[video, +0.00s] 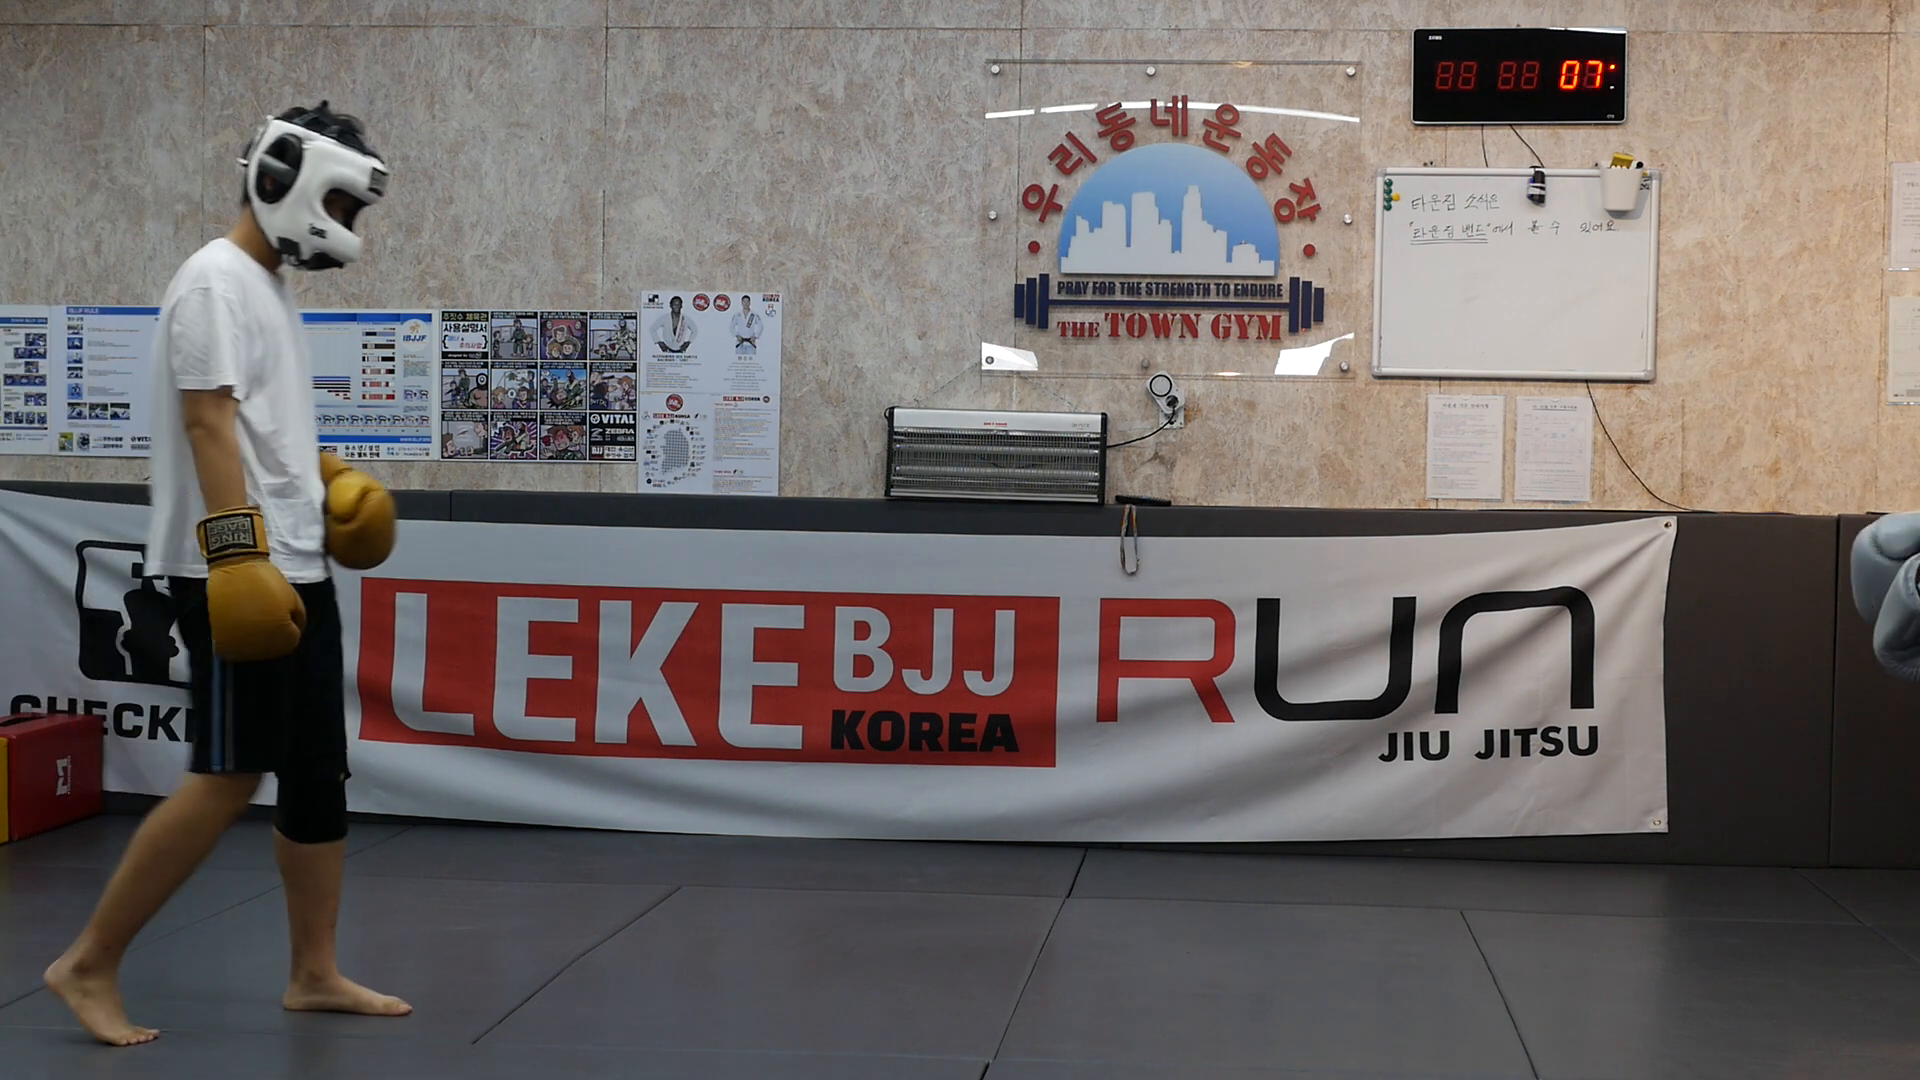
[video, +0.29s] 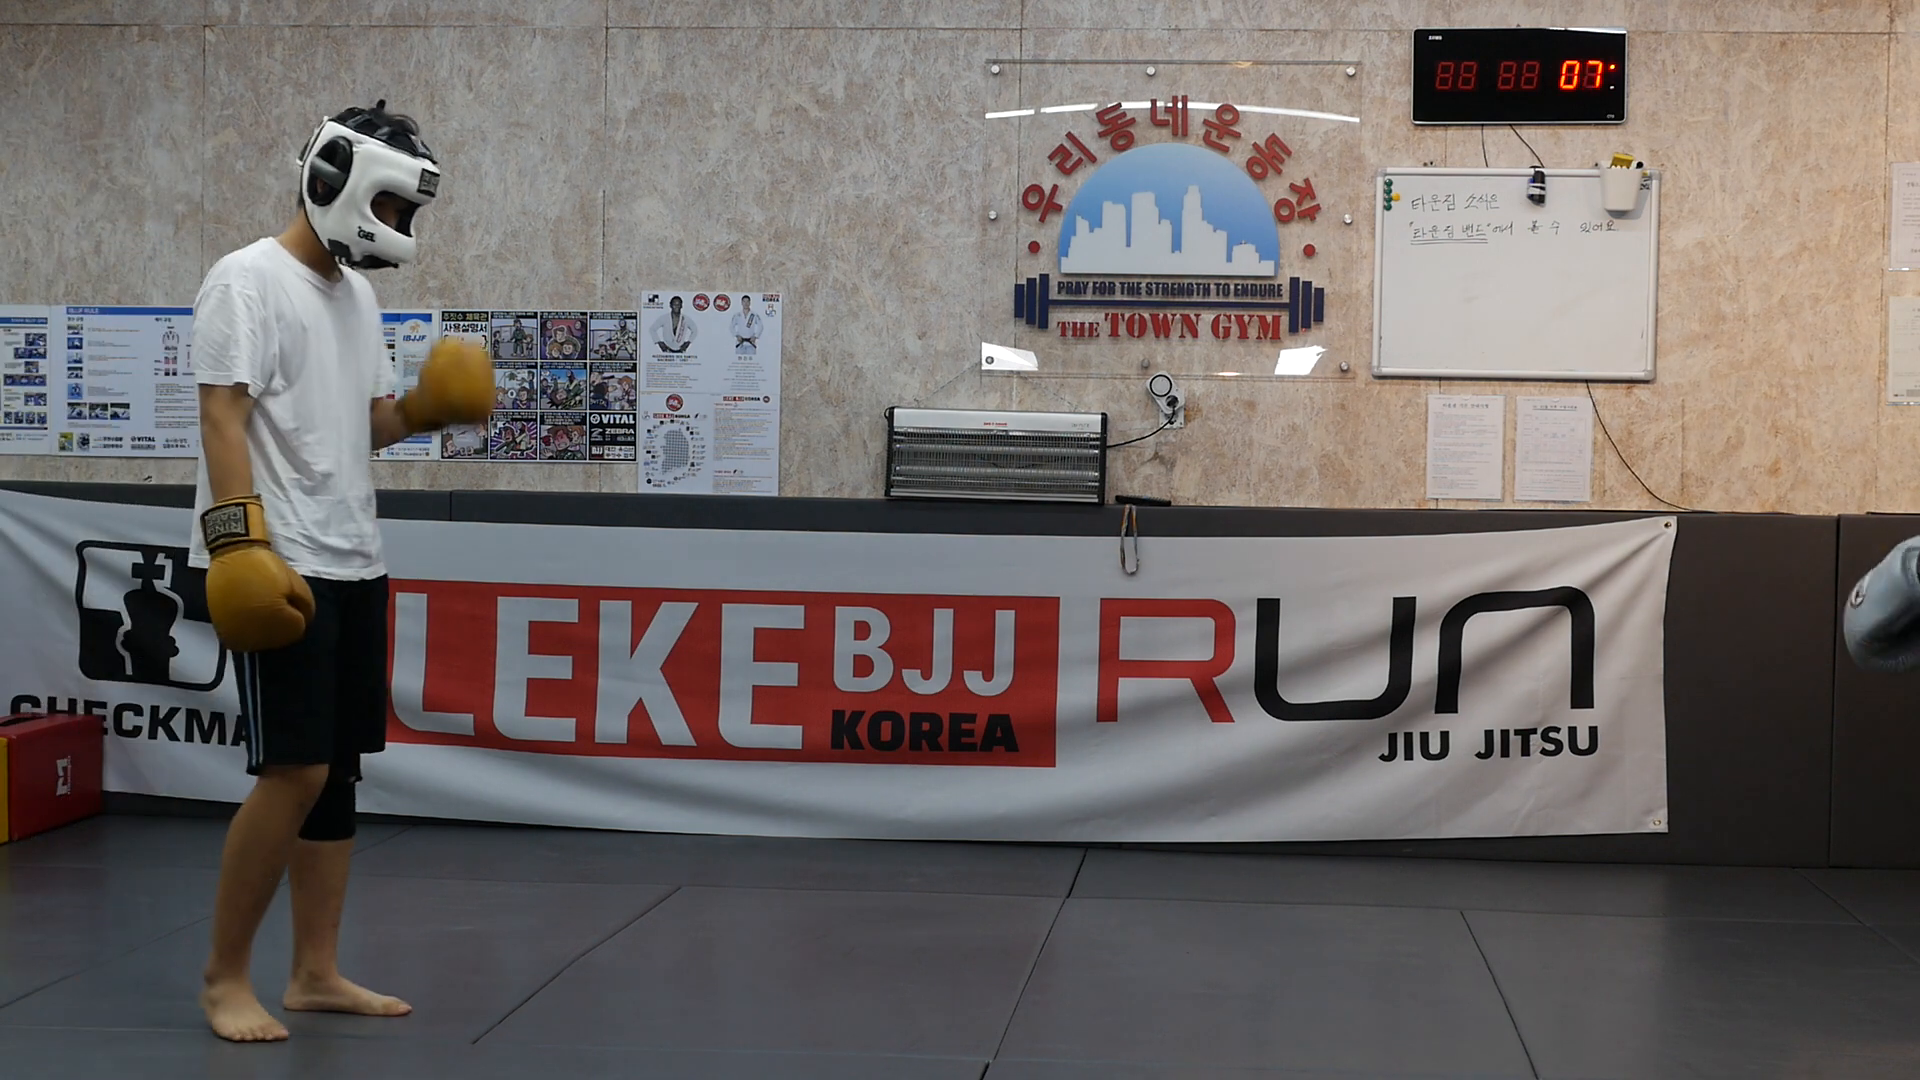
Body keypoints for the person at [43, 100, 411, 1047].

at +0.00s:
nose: (352, 222)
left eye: (358, 203)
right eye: (344, 199)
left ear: (288, 190)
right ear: (290, 185)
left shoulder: (267, 290)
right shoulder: (214, 283)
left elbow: (277, 432)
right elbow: (207, 426)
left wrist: (335, 487)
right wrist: (238, 555)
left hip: (299, 574)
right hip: (234, 576)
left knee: (316, 781)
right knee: (224, 782)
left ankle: (317, 973)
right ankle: (89, 965)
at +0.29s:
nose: (401, 221)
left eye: (409, 204)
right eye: (390, 199)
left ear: (384, 198)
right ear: (334, 185)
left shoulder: (357, 292)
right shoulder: (243, 282)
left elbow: (359, 427)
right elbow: (223, 420)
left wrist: (427, 404)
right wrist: (238, 541)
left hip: (356, 566)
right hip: (283, 564)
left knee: (336, 769)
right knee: (295, 768)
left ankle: (316, 973)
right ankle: (225, 981)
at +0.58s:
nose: (395, 218)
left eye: (410, 202)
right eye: (381, 196)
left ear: (418, 204)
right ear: (327, 185)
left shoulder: (395, 295)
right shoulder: (243, 283)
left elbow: (427, 420)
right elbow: (213, 418)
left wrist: (454, 329)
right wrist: (214, 533)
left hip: (374, 575)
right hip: (279, 569)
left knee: (339, 781)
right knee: (264, 773)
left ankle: (317, 973)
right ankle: (215, 993)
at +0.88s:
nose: (348, 195)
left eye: (364, 178)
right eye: (329, 176)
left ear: (376, 185)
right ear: (277, 174)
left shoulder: (374, 295)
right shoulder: (208, 286)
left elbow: (412, 428)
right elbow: (176, 437)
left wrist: (424, 343)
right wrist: (146, 568)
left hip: (358, 578)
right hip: (245, 573)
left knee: (339, 791)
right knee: (237, 788)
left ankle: (318, 973)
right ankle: (224, 1014)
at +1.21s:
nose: (236, 185)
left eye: (256, 167)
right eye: (216, 167)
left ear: (290, 172)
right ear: (186, 171)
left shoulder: (338, 285)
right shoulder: (154, 290)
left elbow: (366, 408)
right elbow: (129, 437)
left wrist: (351, 468)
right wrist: (104, 566)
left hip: (331, 586)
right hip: (208, 588)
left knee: (374, 794)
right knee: (212, 800)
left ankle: (333, 952)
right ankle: (219, 1017)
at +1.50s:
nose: (231, 181)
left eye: (247, 161)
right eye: (207, 165)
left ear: (271, 165)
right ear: (166, 175)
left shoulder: (317, 272)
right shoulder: (137, 296)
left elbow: (367, 397)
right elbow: (128, 448)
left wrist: (330, 454)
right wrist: (126, 579)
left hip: (319, 582)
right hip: (205, 591)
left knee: (348, 803)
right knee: (213, 804)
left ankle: (351, 1022)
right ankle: (221, 1025)